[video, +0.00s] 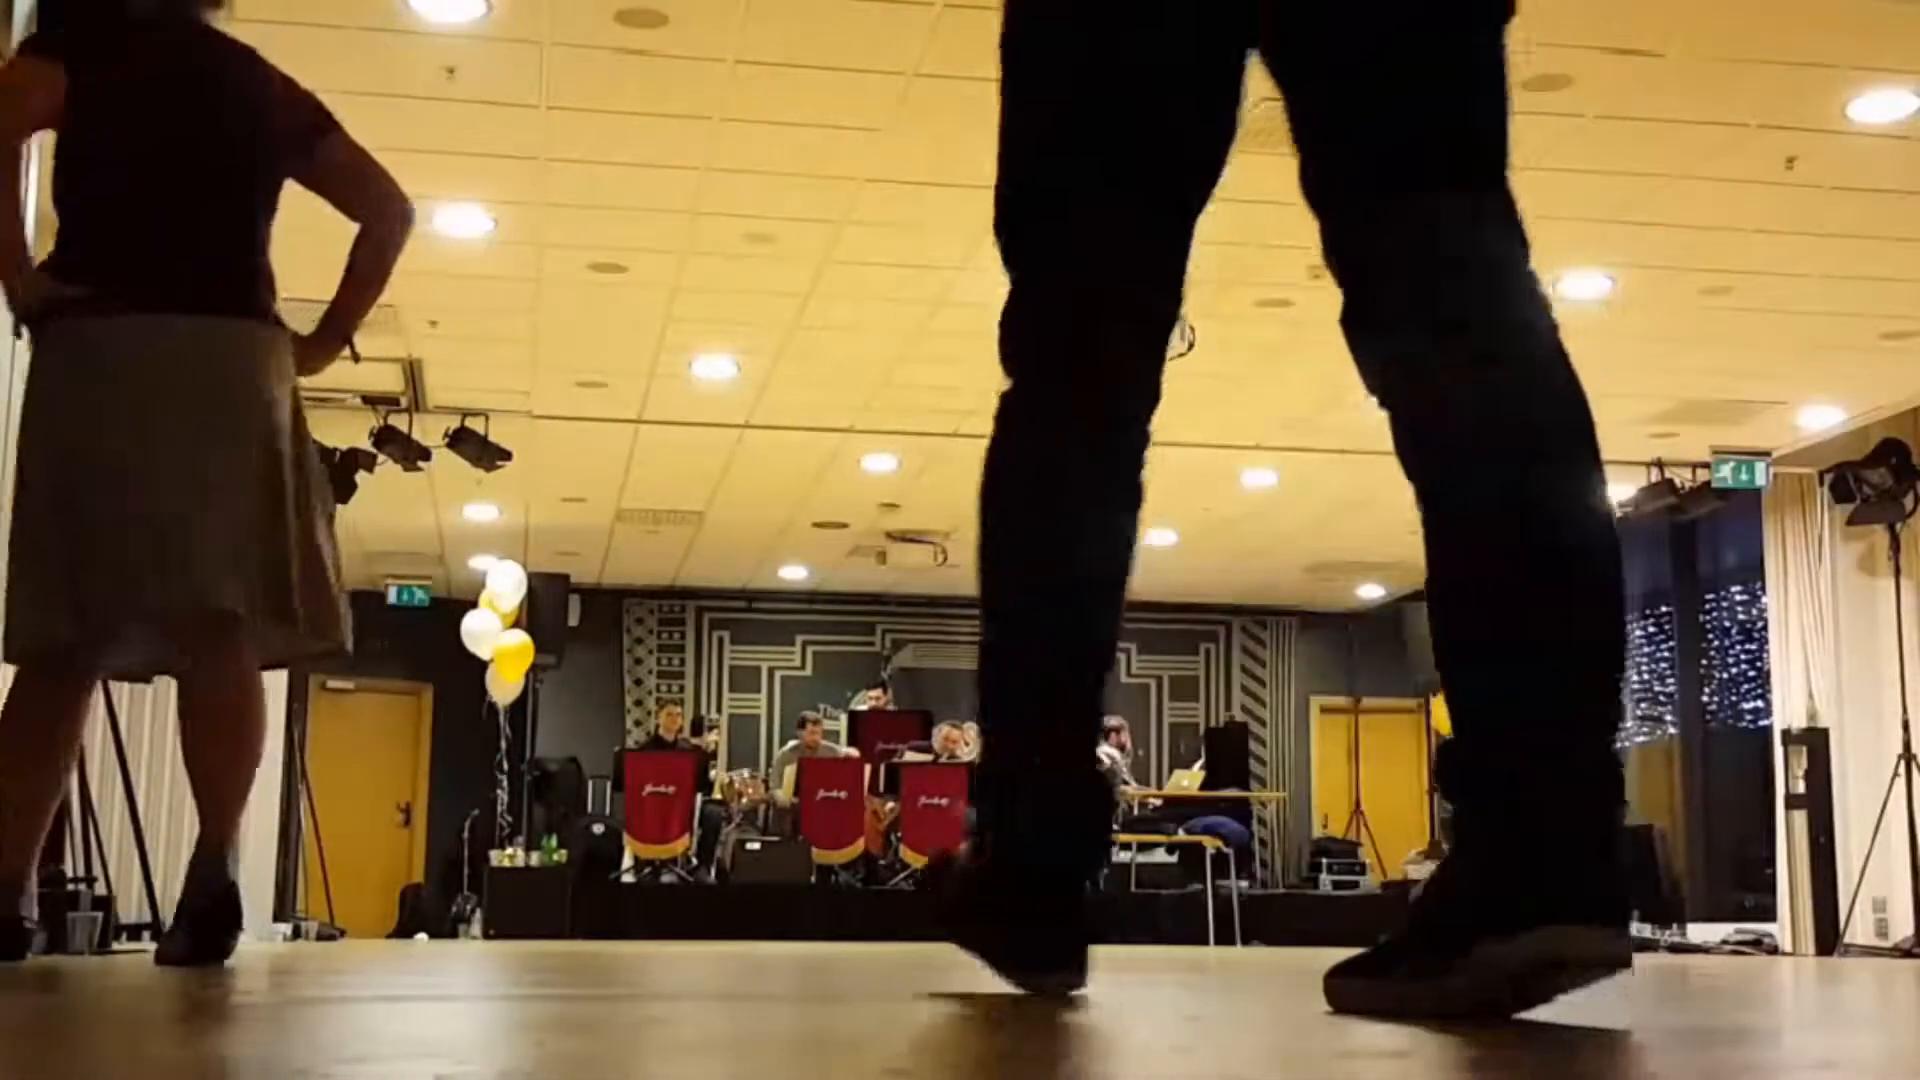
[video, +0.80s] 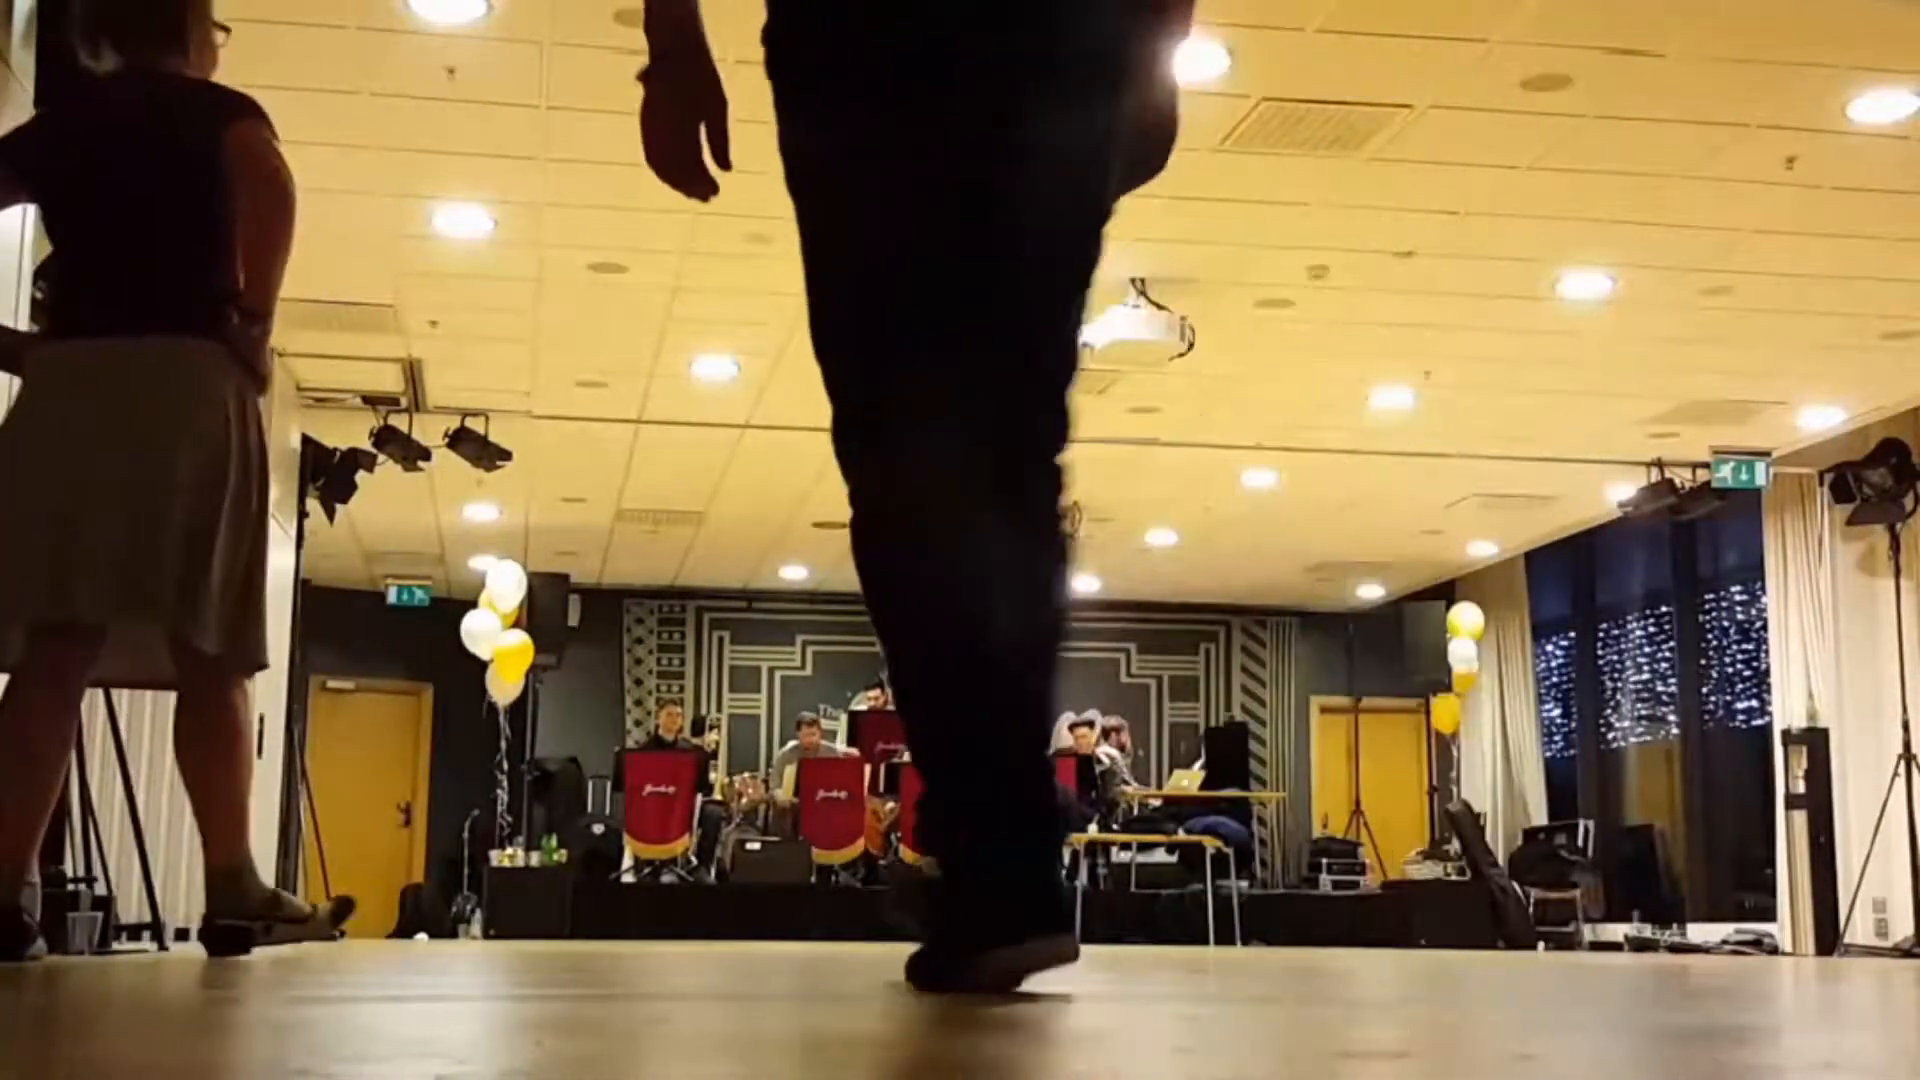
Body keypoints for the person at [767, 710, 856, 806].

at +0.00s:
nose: (815, 737)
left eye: (818, 733)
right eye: (811, 733)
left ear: (822, 734)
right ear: (801, 733)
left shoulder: (832, 752)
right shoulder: (787, 754)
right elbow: (775, 787)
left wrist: (851, 760)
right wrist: (784, 799)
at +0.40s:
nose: (809, 739)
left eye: (812, 734)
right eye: (805, 735)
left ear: (819, 733)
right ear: (798, 734)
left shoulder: (832, 752)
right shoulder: (787, 754)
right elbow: (775, 778)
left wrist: (847, 757)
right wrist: (780, 795)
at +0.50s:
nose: (809, 739)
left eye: (813, 734)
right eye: (805, 734)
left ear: (820, 734)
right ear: (798, 734)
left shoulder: (832, 751)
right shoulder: (788, 754)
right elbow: (776, 781)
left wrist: (852, 756)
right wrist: (781, 796)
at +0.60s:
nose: (808, 739)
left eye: (812, 734)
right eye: (804, 735)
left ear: (820, 733)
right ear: (798, 735)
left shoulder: (834, 752)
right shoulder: (787, 754)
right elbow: (775, 785)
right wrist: (783, 798)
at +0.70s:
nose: (808, 739)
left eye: (811, 734)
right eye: (804, 735)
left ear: (819, 733)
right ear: (797, 734)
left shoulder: (832, 752)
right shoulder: (787, 754)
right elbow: (775, 779)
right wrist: (780, 795)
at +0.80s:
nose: (809, 740)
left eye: (813, 735)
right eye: (805, 735)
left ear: (820, 734)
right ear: (798, 735)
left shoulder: (833, 753)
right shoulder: (788, 754)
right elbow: (776, 778)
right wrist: (780, 795)